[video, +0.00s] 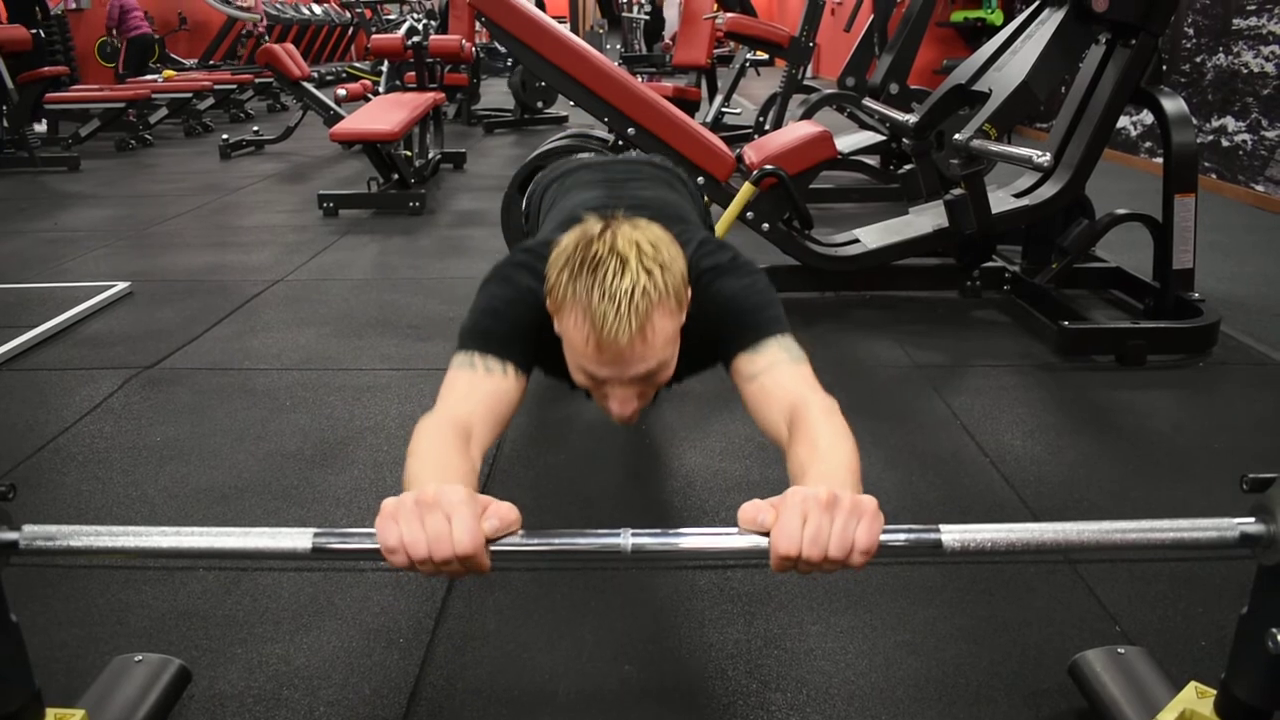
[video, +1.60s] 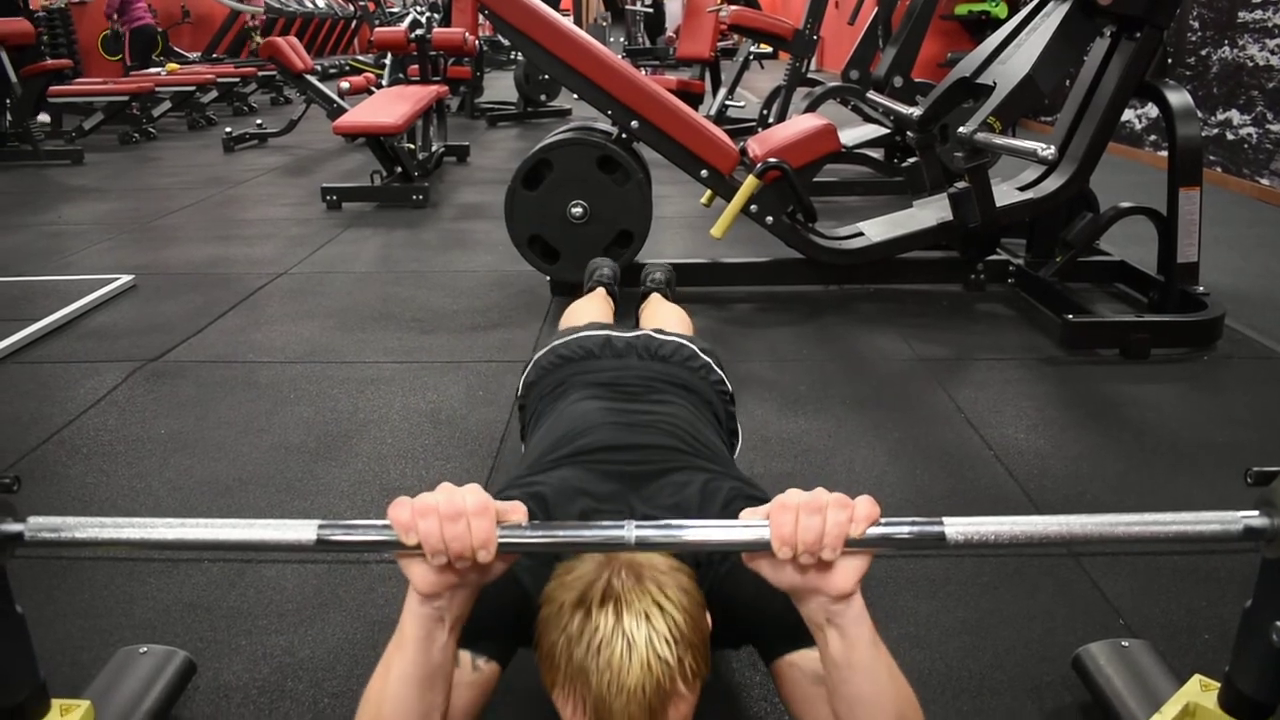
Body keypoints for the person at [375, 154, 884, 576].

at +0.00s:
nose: (622, 407)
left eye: (647, 379)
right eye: (594, 381)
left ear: (681, 313)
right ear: (556, 319)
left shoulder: (729, 284)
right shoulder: (517, 290)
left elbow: (806, 410)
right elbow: (456, 422)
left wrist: (826, 495)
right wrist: (439, 500)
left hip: (665, 171)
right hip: (548, 173)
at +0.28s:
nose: (608, 484)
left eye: (632, 457)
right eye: (582, 462)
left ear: (671, 384)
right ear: (543, 396)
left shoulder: (717, 341)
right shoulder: (505, 345)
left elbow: (804, 480)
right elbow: (449, 493)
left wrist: (819, 511)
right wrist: (439, 521)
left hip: (663, 216)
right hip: (552, 217)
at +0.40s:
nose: (605, 517)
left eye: (628, 490)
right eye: (581, 495)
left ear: (666, 408)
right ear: (535, 431)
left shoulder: (714, 362)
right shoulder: (498, 371)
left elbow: (837, 579)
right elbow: (421, 593)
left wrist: (821, 539)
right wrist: (436, 547)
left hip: (660, 227)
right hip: (548, 230)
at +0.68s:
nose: (616, 582)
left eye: (639, 549)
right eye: (588, 553)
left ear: (676, 480)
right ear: (540, 499)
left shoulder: (720, 412)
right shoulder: (499, 422)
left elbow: (847, 621)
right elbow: (411, 644)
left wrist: (825, 573)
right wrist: (438, 579)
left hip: (664, 261)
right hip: (552, 262)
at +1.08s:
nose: (625, 664)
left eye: (652, 634)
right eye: (596, 636)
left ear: (691, 554)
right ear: (547, 562)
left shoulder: (731, 472)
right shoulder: (511, 478)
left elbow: (875, 698)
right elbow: (396, 703)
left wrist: (834, 601)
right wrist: (432, 601)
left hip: (676, 306)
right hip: (557, 307)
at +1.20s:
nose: (624, 693)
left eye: (649, 666)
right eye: (597, 667)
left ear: (690, 580)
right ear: (546, 594)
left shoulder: (740, 503)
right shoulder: (507, 516)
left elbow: (870, 707)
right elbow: (405, 705)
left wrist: (834, 608)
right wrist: (428, 606)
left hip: (680, 332)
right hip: (559, 327)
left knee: (663, 299)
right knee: (579, 297)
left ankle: (653, 285)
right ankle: (594, 280)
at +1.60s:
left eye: (665, 717)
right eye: (598, 719)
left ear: (697, 660)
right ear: (555, 681)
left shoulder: (752, 557)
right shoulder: (504, 554)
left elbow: (850, 711)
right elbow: (422, 710)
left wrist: (839, 612)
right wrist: (431, 605)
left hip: (687, 375)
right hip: (566, 373)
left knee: (666, 318)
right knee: (583, 315)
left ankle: (649, 291)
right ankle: (600, 279)